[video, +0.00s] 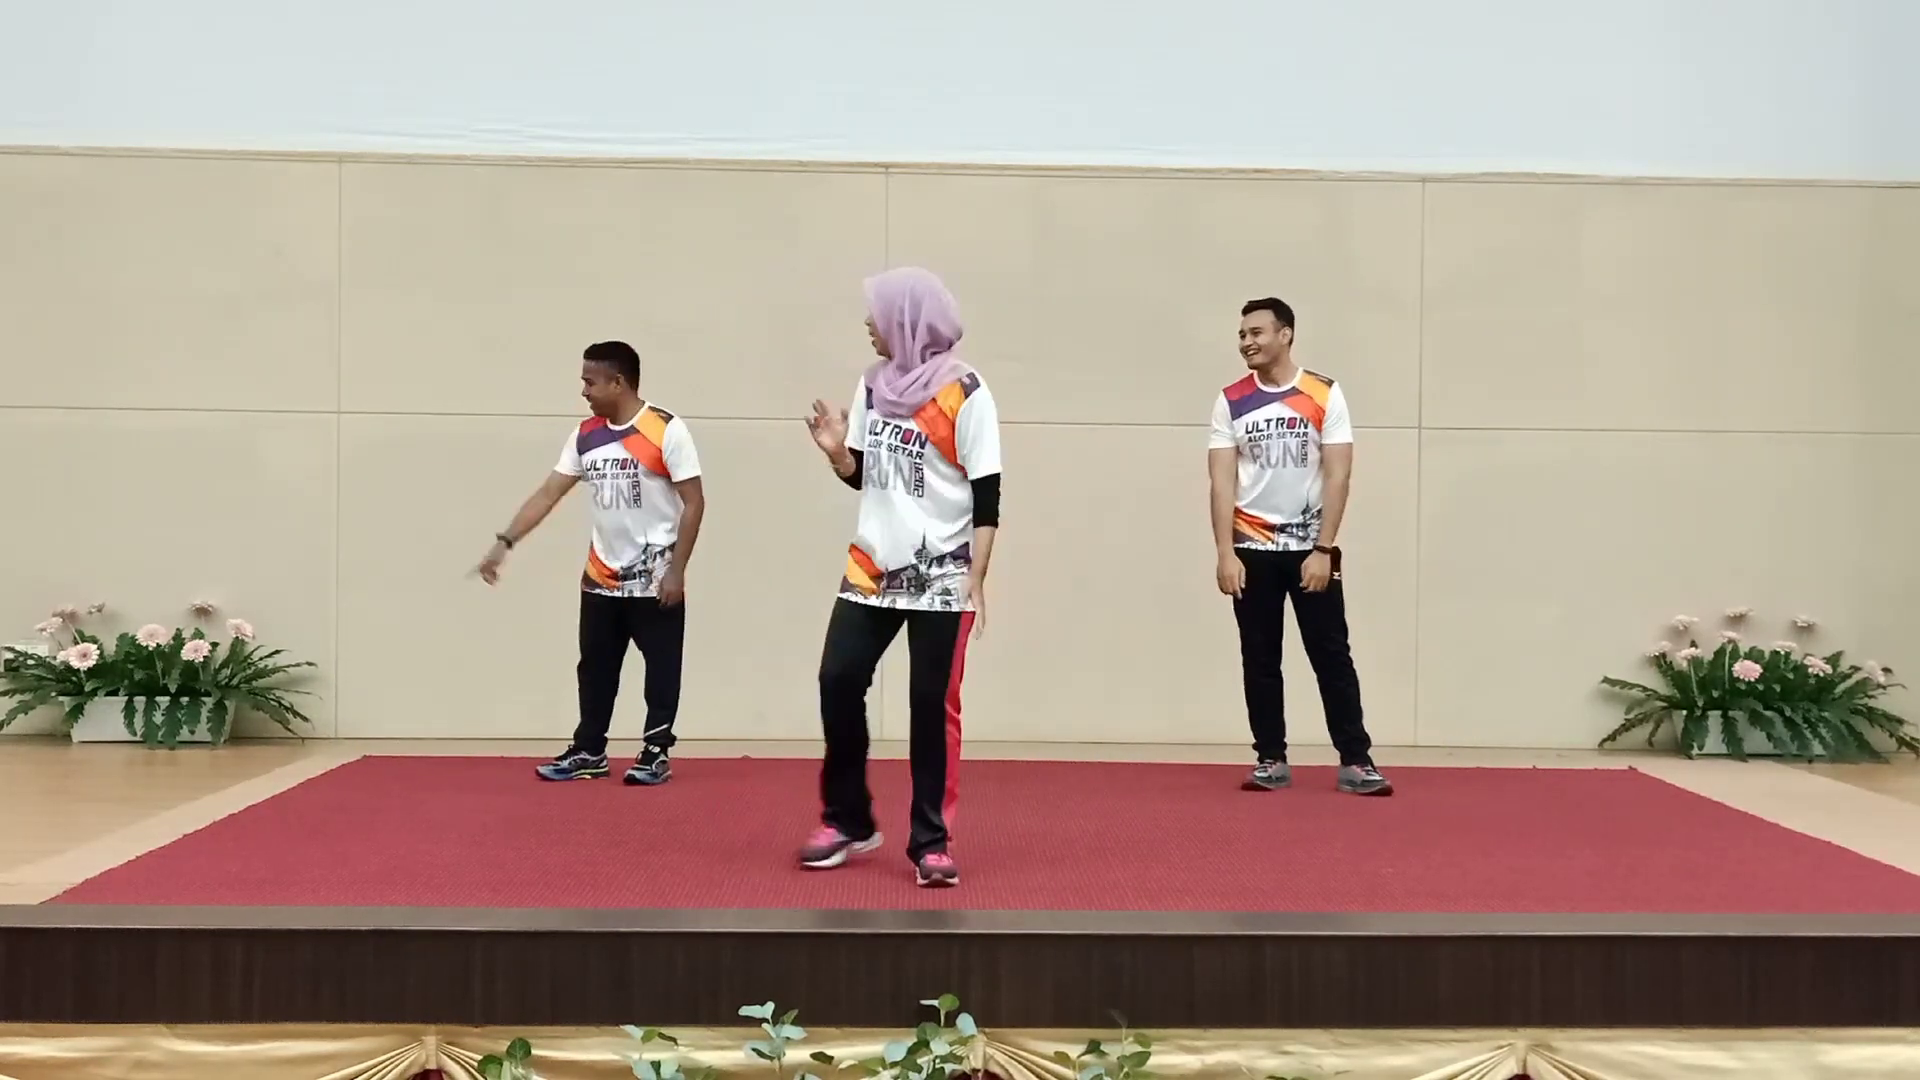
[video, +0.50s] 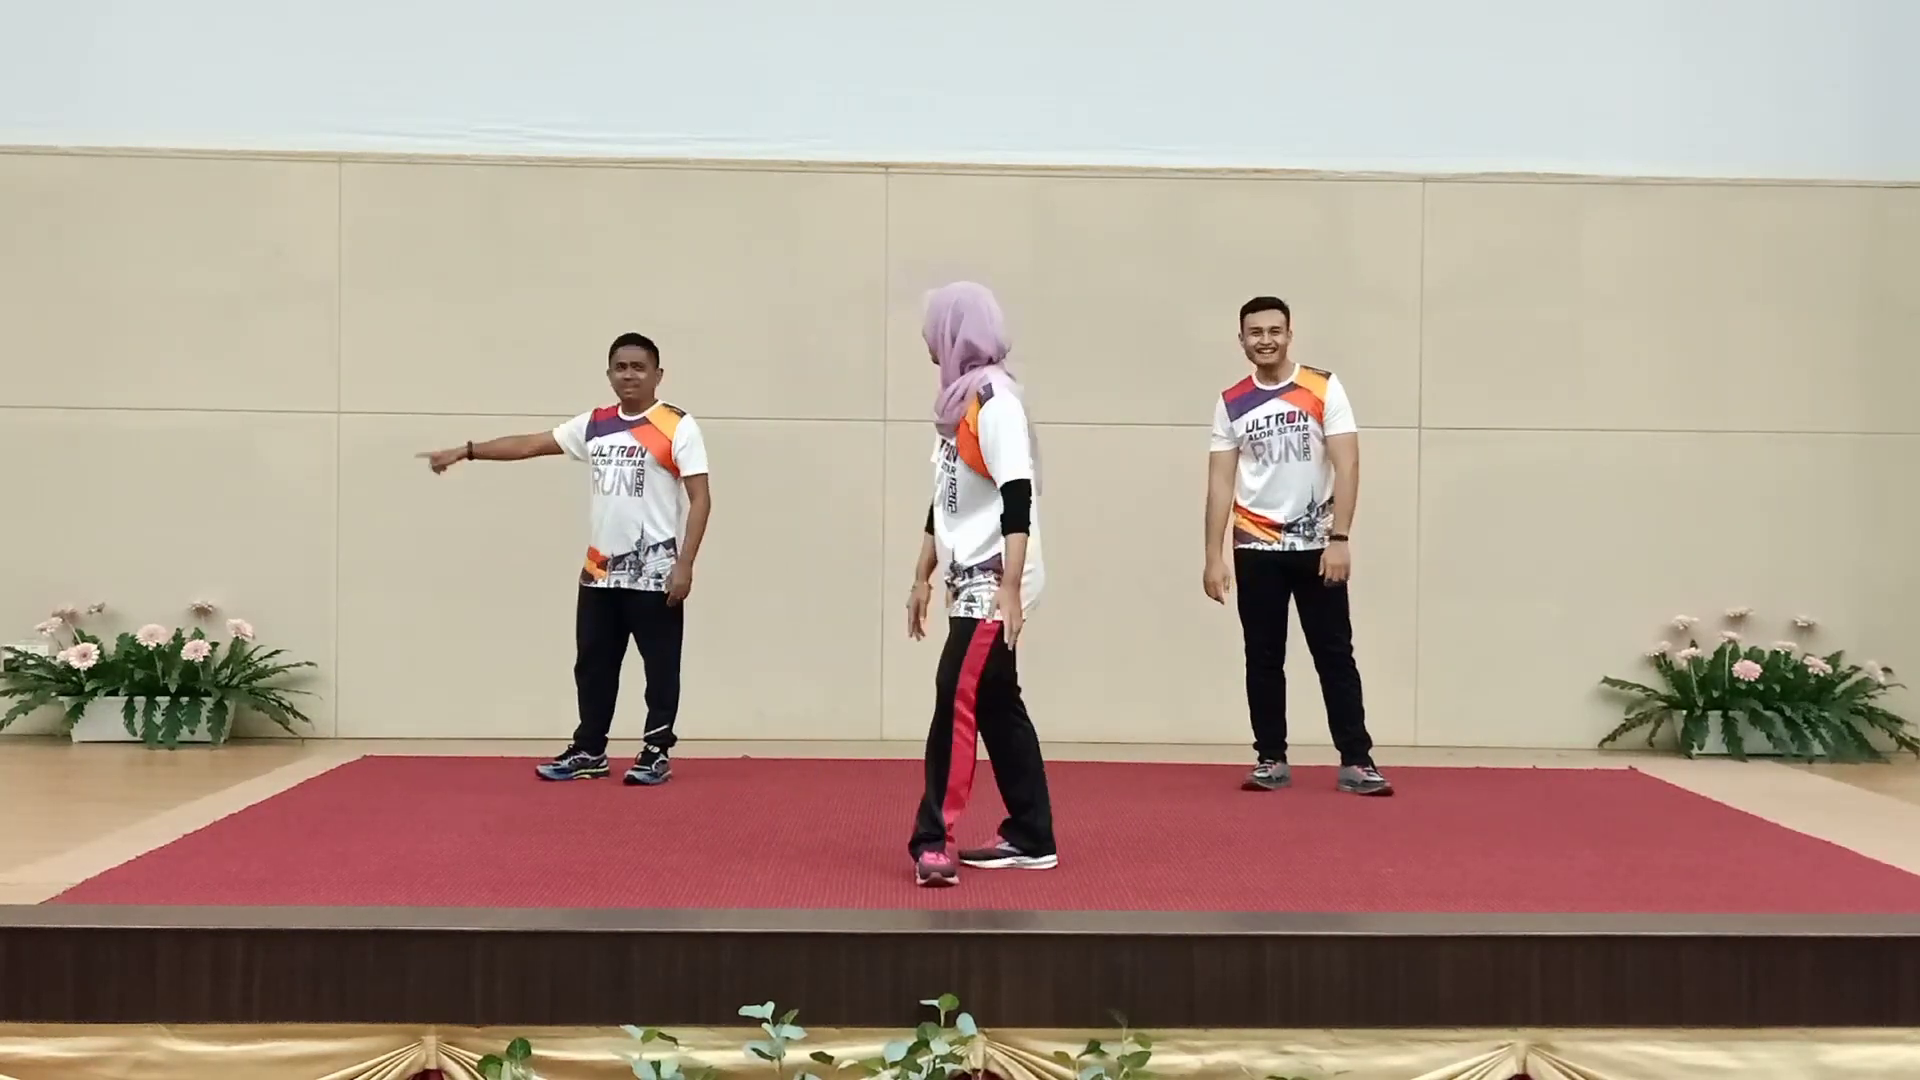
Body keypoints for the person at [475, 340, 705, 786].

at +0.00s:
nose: (583, 390)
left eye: (590, 381)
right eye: (583, 381)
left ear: (620, 382)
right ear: (607, 382)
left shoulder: (667, 432)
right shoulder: (586, 434)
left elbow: (694, 502)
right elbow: (548, 493)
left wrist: (677, 568)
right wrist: (504, 543)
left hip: (656, 576)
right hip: (603, 575)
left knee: (663, 670)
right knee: (596, 668)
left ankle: (655, 755)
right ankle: (588, 753)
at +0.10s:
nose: (588, 386)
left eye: (594, 378)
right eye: (588, 377)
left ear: (623, 379)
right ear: (615, 379)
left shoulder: (670, 428)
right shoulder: (588, 429)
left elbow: (699, 498)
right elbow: (528, 458)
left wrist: (691, 568)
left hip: (658, 576)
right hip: (605, 575)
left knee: (662, 672)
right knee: (596, 668)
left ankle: (656, 755)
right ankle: (589, 752)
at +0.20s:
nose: (591, 385)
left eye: (597, 376)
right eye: (591, 376)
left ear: (625, 377)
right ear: (615, 378)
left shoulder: (672, 428)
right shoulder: (591, 426)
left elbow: (700, 498)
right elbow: (525, 443)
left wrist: (695, 569)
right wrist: (459, 448)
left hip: (659, 577)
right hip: (605, 575)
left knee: (662, 672)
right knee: (596, 668)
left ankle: (656, 755)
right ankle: (589, 753)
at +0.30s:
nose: (597, 380)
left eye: (604, 372)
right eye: (597, 372)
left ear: (634, 375)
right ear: (620, 376)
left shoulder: (675, 428)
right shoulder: (593, 423)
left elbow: (701, 498)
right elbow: (529, 428)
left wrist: (694, 567)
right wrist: (463, 422)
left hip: (656, 576)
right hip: (602, 574)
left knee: (661, 672)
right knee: (594, 667)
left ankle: (656, 754)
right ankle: (589, 753)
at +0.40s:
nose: (603, 379)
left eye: (612, 370)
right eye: (602, 370)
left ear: (643, 373)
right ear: (604, 374)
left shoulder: (676, 428)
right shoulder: (594, 423)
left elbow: (701, 499)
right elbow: (528, 429)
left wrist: (691, 567)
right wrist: (463, 423)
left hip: (655, 575)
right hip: (601, 573)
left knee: (661, 671)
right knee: (593, 667)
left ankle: (656, 754)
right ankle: (589, 752)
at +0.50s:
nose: (627, 374)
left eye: (637, 366)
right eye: (619, 366)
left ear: (657, 374)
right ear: (610, 374)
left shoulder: (678, 427)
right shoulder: (593, 425)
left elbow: (700, 499)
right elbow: (530, 445)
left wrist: (685, 564)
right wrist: (464, 451)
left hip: (656, 574)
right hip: (601, 572)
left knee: (661, 670)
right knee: (593, 666)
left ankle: (656, 755)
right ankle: (589, 752)